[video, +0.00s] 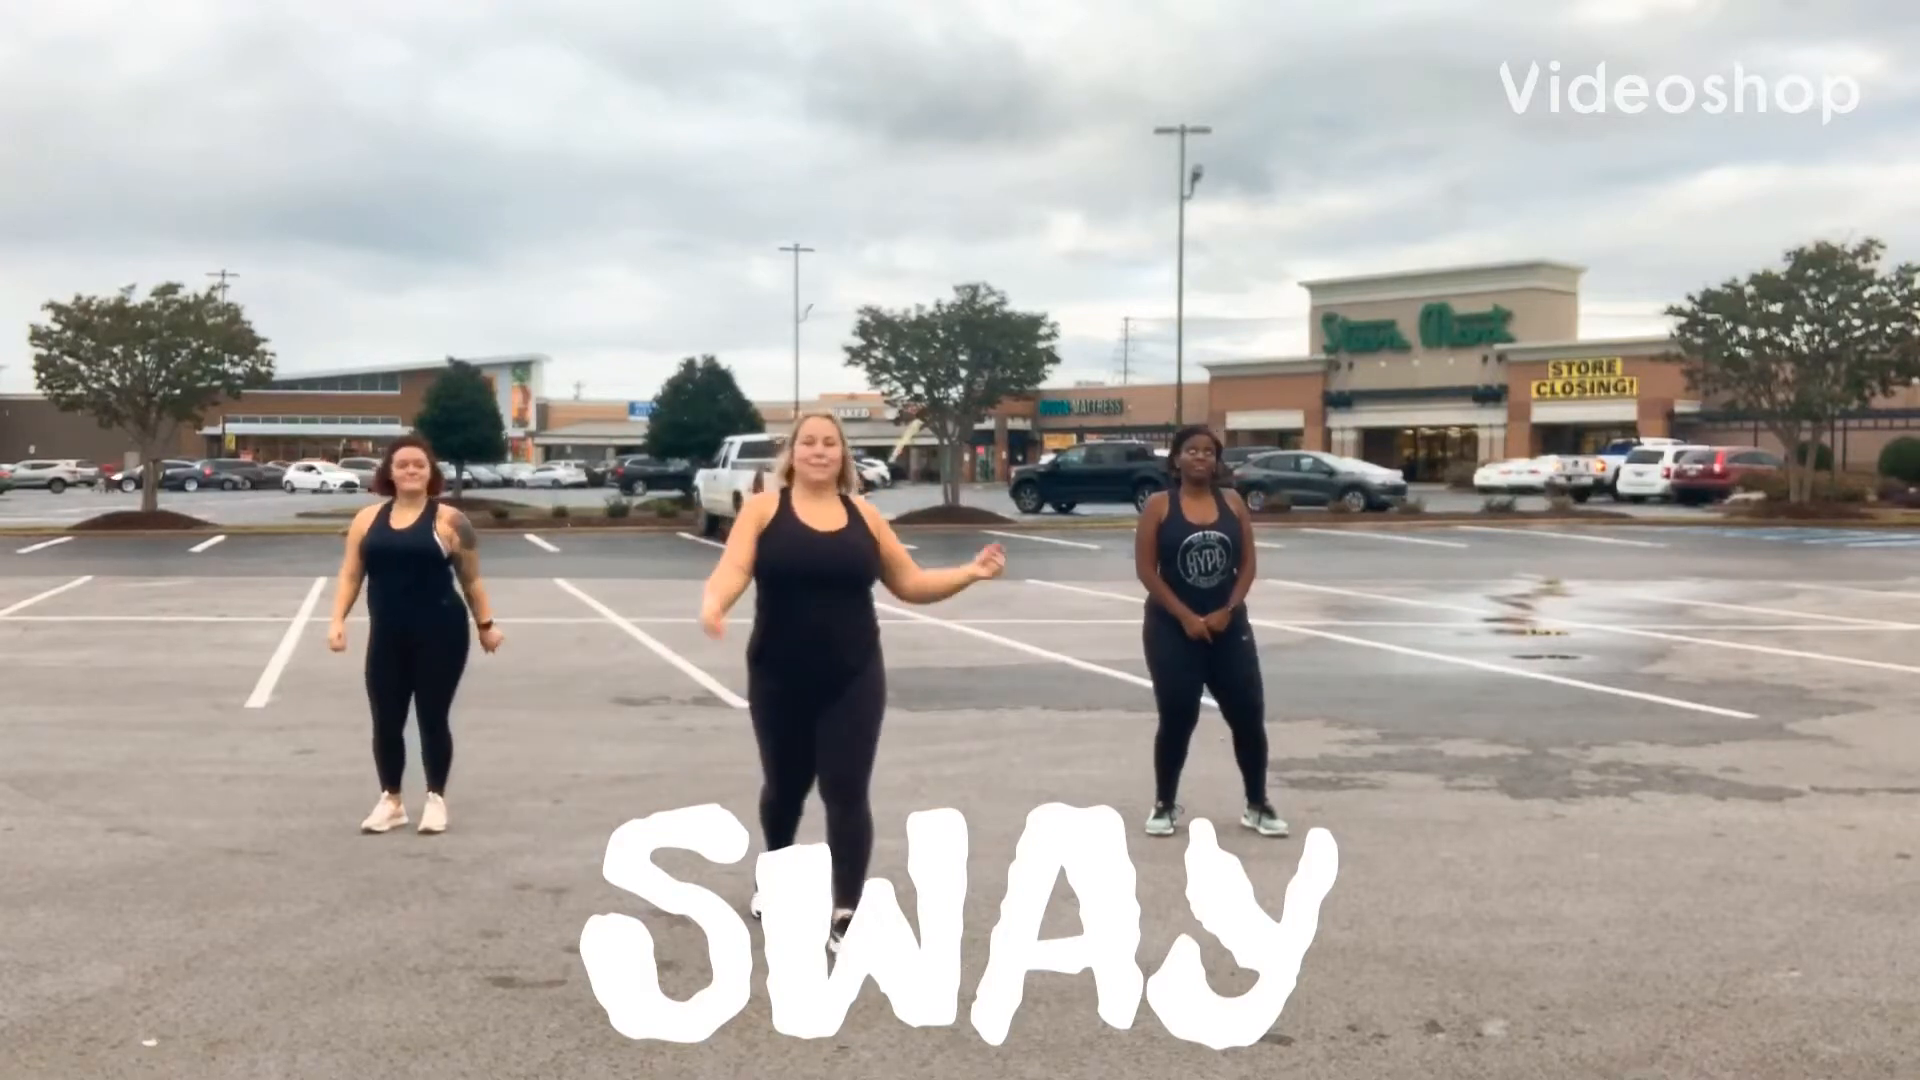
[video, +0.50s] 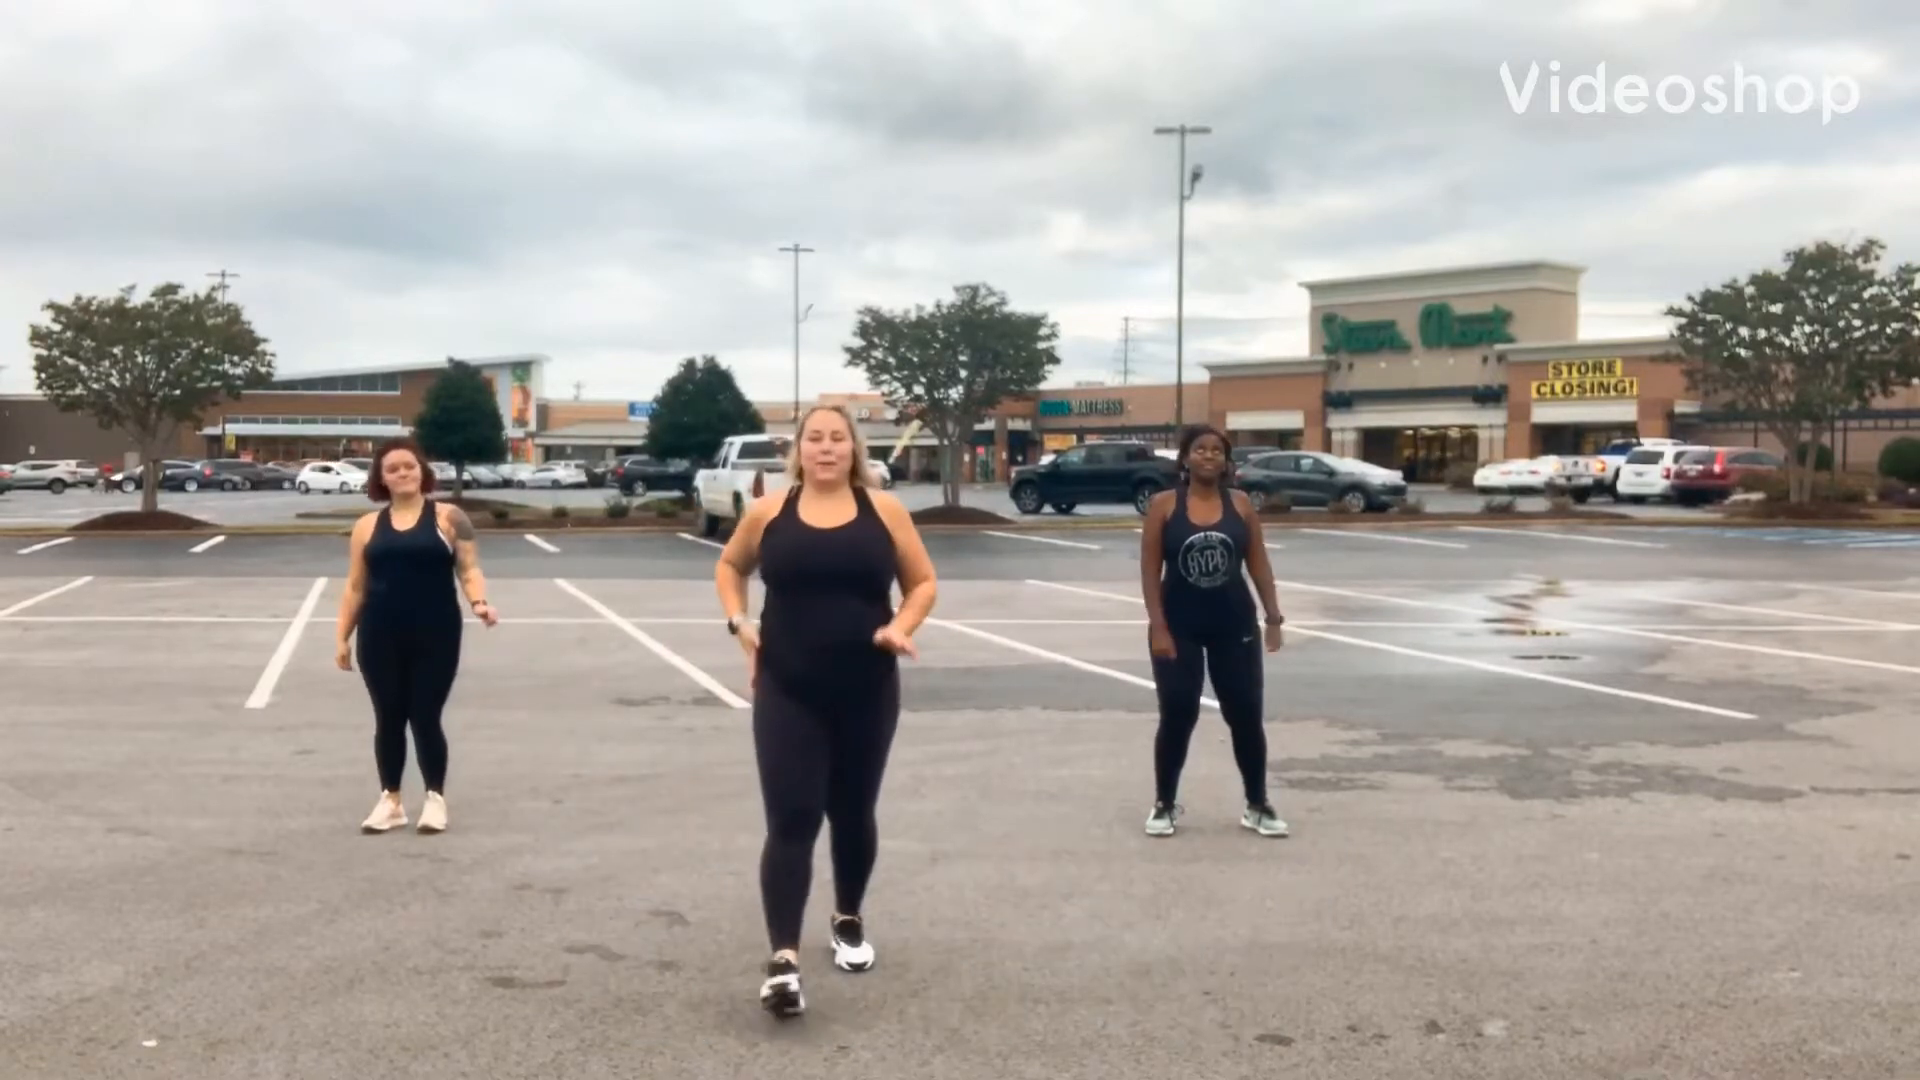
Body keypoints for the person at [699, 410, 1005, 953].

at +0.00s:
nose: (818, 451)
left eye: (828, 443)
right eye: (808, 442)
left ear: (843, 454)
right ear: (791, 453)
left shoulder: (862, 514)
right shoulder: (762, 509)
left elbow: (910, 584)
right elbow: (734, 568)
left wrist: (972, 572)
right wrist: (713, 604)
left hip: (852, 676)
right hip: (779, 675)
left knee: (846, 795)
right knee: (785, 788)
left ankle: (846, 910)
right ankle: (771, 876)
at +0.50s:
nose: (826, 447)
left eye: (836, 438)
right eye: (815, 438)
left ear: (854, 448)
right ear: (798, 448)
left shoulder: (883, 510)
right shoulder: (768, 512)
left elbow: (923, 583)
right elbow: (731, 568)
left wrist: (901, 626)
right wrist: (742, 628)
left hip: (865, 692)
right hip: (787, 691)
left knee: (853, 816)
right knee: (791, 822)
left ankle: (850, 921)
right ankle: (784, 959)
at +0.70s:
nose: (814, 449)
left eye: (825, 439)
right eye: (802, 439)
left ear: (842, 452)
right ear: (784, 452)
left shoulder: (873, 515)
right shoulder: (752, 518)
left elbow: (919, 584)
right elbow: (696, 579)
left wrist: (899, 656)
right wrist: (721, 620)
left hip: (856, 701)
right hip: (772, 700)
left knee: (861, 843)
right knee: (782, 839)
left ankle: (849, 905)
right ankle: (786, 980)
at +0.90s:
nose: (807, 443)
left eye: (819, 433)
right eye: (796, 433)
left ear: (837, 445)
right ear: (777, 446)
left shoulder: (868, 507)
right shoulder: (748, 511)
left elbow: (918, 558)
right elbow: (673, 573)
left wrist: (899, 619)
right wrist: (722, 611)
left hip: (854, 698)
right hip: (770, 699)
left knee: (855, 838)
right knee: (779, 839)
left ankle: (860, 973)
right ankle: (786, 982)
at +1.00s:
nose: (810, 439)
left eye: (821, 429)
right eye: (798, 429)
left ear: (839, 441)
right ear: (779, 443)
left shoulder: (868, 505)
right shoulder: (751, 510)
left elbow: (922, 549)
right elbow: (673, 574)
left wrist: (913, 602)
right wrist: (726, 606)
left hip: (855, 697)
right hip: (771, 700)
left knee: (854, 835)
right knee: (780, 838)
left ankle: (864, 974)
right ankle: (786, 981)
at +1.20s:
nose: (820, 434)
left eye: (831, 424)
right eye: (808, 424)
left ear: (849, 437)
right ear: (788, 438)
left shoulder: (873, 501)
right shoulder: (758, 504)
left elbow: (943, 537)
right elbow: (693, 590)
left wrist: (942, 566)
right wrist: (737, 548)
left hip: (861, 697)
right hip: (777, 699)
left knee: (857, 830)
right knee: (787, 836)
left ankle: (861, 969)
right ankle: (788, 979)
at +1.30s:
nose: (822, 437)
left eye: (834, 428)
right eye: (810, 428)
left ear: (852, 442)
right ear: (791, 442)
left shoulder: (880, 505)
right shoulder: (762, 508)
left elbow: (955, 543)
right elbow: (707, 598)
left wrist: (951, 578)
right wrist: (758, 546)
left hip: (866, 702)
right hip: (782, 703)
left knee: (857, 832)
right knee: (791, 834)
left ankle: (860, 972)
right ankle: (788, 979)